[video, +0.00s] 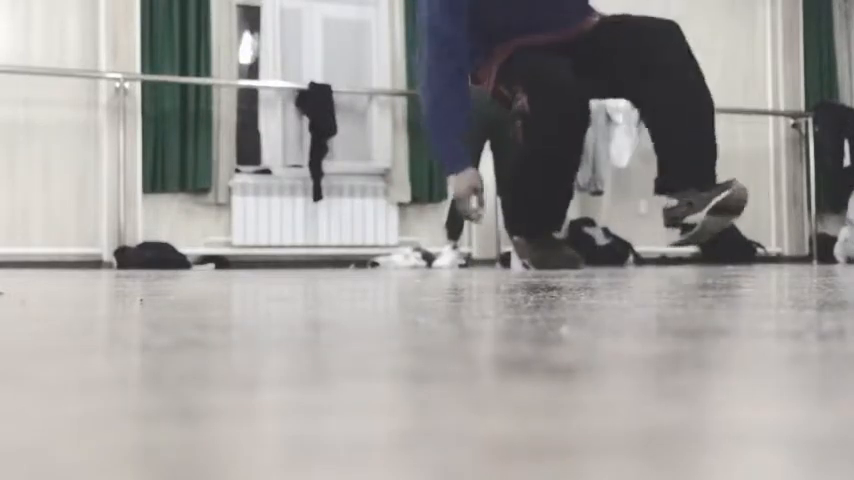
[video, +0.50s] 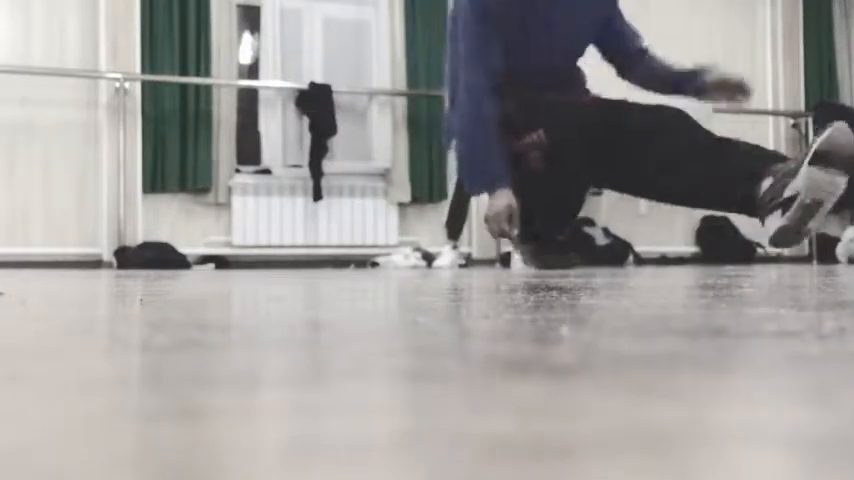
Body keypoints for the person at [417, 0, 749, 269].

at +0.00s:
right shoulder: (445, 6)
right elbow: (442, 65)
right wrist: (458, 165)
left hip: (575, 40)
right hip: (502, 52)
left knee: (660, 40)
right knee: (556, 91)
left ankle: (688, 193)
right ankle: (534, 234)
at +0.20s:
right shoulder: (456, 9)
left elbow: (569, 39)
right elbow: (456, 78)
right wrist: (482, 177)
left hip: (571, 63)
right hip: (498, 71)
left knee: (662, 67)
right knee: (556, 96)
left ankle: (732, 184)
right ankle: (533, 236)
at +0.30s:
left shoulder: (569, 5)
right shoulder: (460, 10)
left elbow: (572, 49)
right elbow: (456, 84)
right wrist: (487, 177)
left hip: (568, 77)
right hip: (500, 82)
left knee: (659, 87)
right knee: (546, 112)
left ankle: (748, 183)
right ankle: (531, 235)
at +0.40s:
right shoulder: (470, 7)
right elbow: (461, 80)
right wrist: (487, 179)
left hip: (568, 95)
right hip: (493, 98)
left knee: (664, 110)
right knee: (552, 111)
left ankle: (761, 187)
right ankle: (536, 237)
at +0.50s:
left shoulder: (592, 4)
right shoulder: (479, 6)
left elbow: (633, 60)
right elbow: (471, 88)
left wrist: (698, 84)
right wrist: (492, 184)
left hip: (568, 110)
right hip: (496, 115)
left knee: (660, 130)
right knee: (563, 132)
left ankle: (772, 186)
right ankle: (547, 234)